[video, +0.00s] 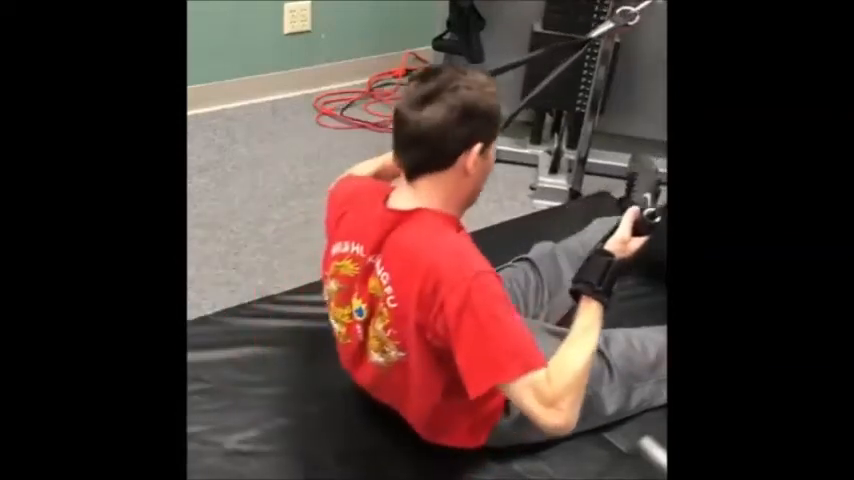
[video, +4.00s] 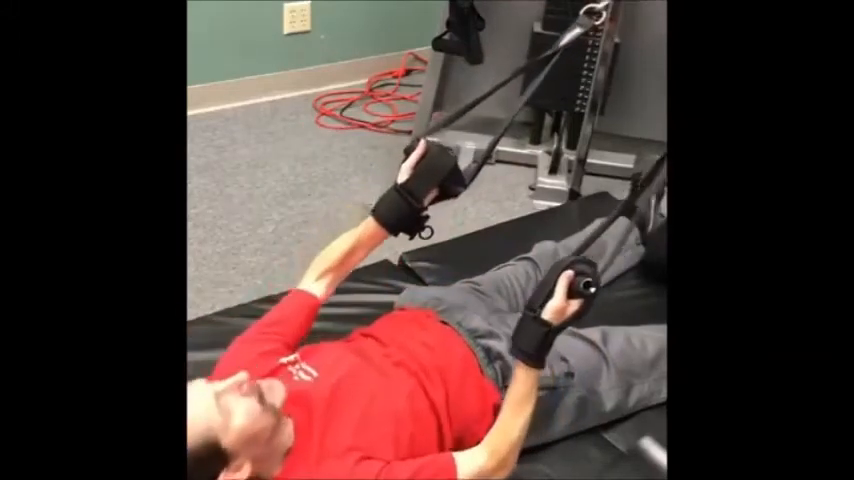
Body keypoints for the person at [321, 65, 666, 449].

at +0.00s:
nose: (490, 164)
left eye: (493, 152)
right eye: (492, 152)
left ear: (404, 152)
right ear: (472, 159)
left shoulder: (349, 199)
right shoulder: (457, 271)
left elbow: (353, 178)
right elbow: (555, 410)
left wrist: (427, 149)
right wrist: (602, 268)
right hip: (479, 404)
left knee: (548, 261)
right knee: (660, 346)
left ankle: (629, 220)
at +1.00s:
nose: (527, 153)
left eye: (531, 141)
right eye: (531, 141)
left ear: (452, 118)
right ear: (518, 138)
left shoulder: (376, 181)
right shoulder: (489, 235)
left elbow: (368, 170)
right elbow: (584, 373)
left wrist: (446, 130)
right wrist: (626, 249)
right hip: (479, 409)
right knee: (663, 350)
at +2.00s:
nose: (511, 155)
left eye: (514, 143)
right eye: (513, 142)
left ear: (432, 132)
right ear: (491, 146)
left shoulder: (366, 185)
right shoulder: (478, 252)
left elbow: (381, 171)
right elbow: (577, 380)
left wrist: (450, 140)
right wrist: (616, 252)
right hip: (481, 409)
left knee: (606, 231)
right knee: (663, 348)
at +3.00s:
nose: (382, 206)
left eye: (374, 197)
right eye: (373, 206)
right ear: (348, 248)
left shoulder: (286, 274)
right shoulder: (397, 368)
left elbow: (336, 202)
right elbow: (526, 424)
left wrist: (414, 162)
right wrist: (569, 298)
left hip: (460, 304)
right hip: (511, 369)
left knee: (544, 256)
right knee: (662, 347)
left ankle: (627, 224)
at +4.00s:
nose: (241, 380)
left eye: (218, 383)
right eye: (228, 406)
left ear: (214, 373)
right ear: (235, 466)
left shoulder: (243, 363)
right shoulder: (332, 476)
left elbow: (322, 277)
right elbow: (490, 464)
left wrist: (401, 202)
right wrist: (538, 341)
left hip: (437, 310)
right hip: (505, 382)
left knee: (547, 260)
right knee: (656, 350)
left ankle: (637, 220)